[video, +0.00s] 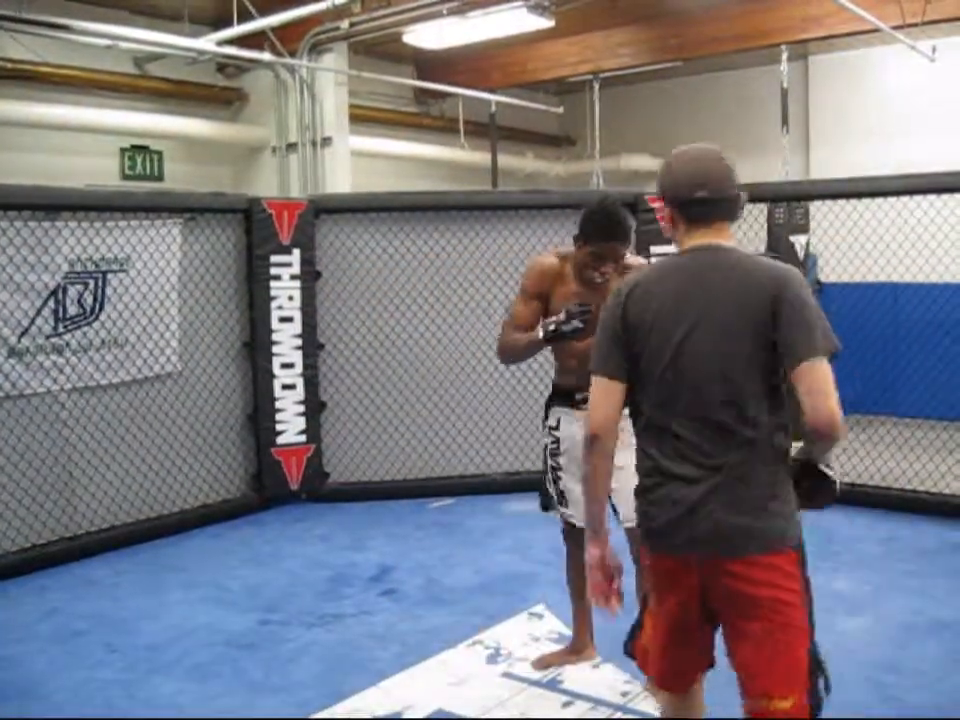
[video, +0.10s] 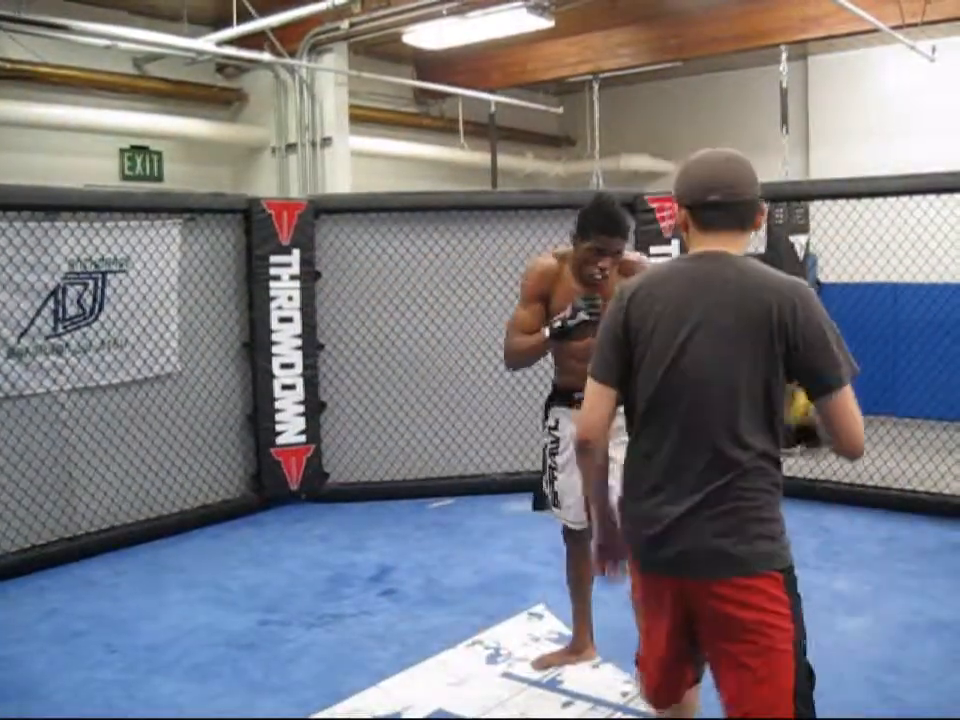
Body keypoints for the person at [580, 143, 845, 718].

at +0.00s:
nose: (657, 212)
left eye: (658, 204)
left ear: (665, 212)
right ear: (736, 206)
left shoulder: (631, 295)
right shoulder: (779, 282)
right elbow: (824, 417)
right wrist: (814, 445)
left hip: (667, 528)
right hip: (757, 529)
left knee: (677, 689)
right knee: (778, 704)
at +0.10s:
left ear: (680, 215)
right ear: (758, 215)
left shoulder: (635, 297)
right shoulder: (788, 297)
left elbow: (589, 434)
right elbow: (850, 441)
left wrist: (602, 519)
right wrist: (801, 411)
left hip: (655, 545)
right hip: (746, 550)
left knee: (671, 697)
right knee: (764, 708)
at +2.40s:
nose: (298, 243)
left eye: (298, 230)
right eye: (292, 228)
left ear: (254, 226)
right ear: (257, 225)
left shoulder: (226, 296)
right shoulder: (208, 310)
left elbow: (192, 411)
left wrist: (241, 465)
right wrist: (335, 319)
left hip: (221, 519)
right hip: (175, 529)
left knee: (292, 632)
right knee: (160, 700)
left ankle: (313, 714)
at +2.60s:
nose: (286, 267)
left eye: (289, 254)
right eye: (283, 252)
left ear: (246, 246)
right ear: (252, 245)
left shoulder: (215, 316)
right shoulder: (204, 326)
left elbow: (130, 425)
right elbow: (221, 454)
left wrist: (126, 502)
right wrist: (302, 400)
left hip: (213, 535)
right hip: (186, 541)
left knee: (270, 638)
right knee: (141, 703)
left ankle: (232, 714)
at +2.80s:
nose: (312, 263)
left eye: (315, 249)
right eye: (310, 247)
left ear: (268, 239)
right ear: (284, 238)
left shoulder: (205, 297)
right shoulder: (264, 303)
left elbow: (152, 399)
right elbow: (232, 405)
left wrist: (154, 483)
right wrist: (319, 429)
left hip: (187, 509)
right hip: (228, 516)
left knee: (222, 664)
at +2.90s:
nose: (335, 260)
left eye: (338, 249)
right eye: (334, 247)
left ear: (276, 236)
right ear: (310, 236)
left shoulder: (223, 289)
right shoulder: (293, 294)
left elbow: (187, 399)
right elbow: (277, 395)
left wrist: (290, 421)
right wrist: (350, 425)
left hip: (196, 499)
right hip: (258, 502)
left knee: (209, 643)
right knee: (331, 633)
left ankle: (196, 716)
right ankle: (275, 711)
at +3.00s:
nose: (356, 271)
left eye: (360, 259)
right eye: (356, 256)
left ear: (303, 245)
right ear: (333, 246)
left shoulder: (239, 298)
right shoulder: (324, 304)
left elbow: (228, 395)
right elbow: (326, 408)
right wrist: (384, 428)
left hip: (220, 492)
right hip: (288, 496)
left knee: (204, 641)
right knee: (375, 606)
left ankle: (188, 715)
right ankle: (351, 711)